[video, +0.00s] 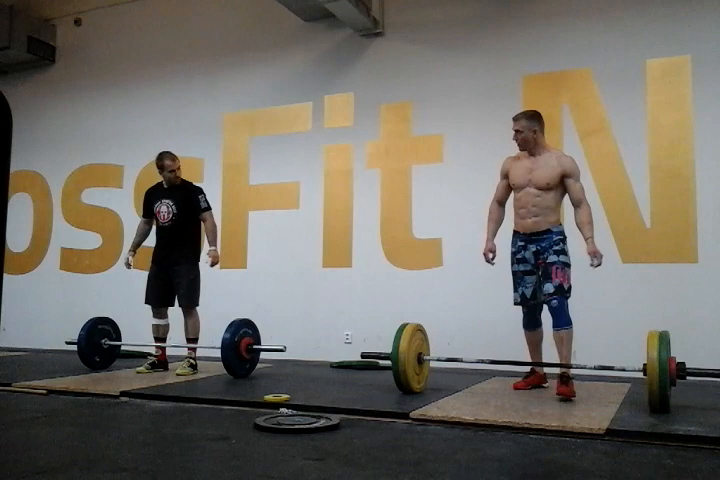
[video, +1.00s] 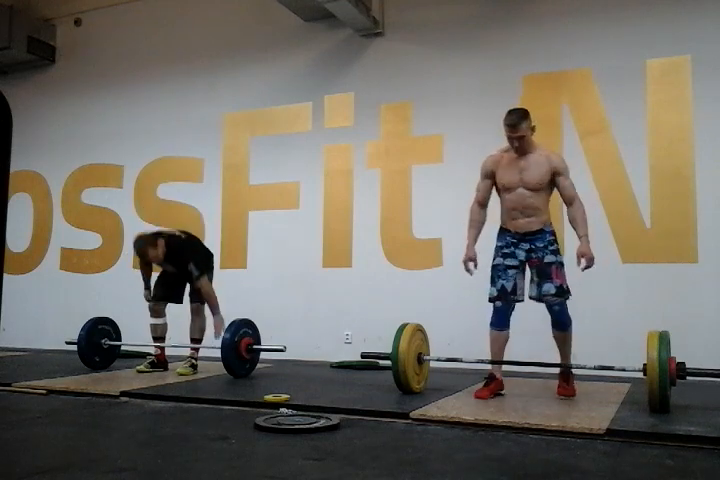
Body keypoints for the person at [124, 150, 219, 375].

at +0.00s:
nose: (177, 173)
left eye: (178, 169)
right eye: (172, 171)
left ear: (180, 166)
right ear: (161, 172)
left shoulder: (193, 192)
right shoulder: (152, 194)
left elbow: (209, 221)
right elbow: (146, 223)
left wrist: (213, 247)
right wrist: (132, 250)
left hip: (187, 259)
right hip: (161, 259)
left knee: (188, 308)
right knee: (158, 307)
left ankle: (191, 359)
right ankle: (159, 358)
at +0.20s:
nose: (174, 174)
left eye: (177, 169)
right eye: (170, 170)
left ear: (182, 166)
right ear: (162, 170)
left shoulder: (195, 192)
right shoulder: (154, 193)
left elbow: (205, 220)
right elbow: (145, 222)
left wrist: (205, 248)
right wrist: (129, 244)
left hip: (184, 259)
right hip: (158, 258)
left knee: (186, 308)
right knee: (156, 307)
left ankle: (191, 359)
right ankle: (160, 358)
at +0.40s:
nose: (169, 180)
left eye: (171, 175)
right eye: (164, 176)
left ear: (178, 168)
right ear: (159, 174)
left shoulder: (195, 193)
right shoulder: (154, 194)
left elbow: (206, 224)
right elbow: (145, 223)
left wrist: (201, 250)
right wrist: (132, 246)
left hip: (183, 260)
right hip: (158, 259)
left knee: (186, 308)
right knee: (156, 307)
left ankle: (191, 359)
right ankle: (159, 358)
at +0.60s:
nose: (162, 185)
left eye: (164, 180)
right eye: (157, 181)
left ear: (171, 171)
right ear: (152, 179)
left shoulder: (191, 196)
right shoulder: (151, 196)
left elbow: (205, 226)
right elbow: (147, 224)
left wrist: (207, 257)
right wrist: (138, 251)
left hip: (186, 261)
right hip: (160, 260)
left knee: (188, 309)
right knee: (158, 307)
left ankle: (191, 360)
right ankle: (159, 358)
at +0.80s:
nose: (151, 214)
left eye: (152, 209)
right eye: (147, 211)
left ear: (159, 201)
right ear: (143, 208)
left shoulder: (184, 214)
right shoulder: (144, 218)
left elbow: (204, 247)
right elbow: (144, 241)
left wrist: (213, 279)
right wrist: (141, 267)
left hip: (194, 264)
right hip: (168, 264)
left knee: (192, 308)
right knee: (160, 307)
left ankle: (192, 359)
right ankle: (160, 357)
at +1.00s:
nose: (154, 261)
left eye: (154, 257)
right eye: (150, 259)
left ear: (159, 245)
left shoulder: (183, 248)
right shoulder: (147, 247)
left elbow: (204, 283)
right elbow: (145, 265)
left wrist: (217, 315)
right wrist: (147, 287)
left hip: (199, 264)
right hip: (174, 265)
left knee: (197, 308)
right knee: (156, 305)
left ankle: (193, 358)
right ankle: (159, 357)